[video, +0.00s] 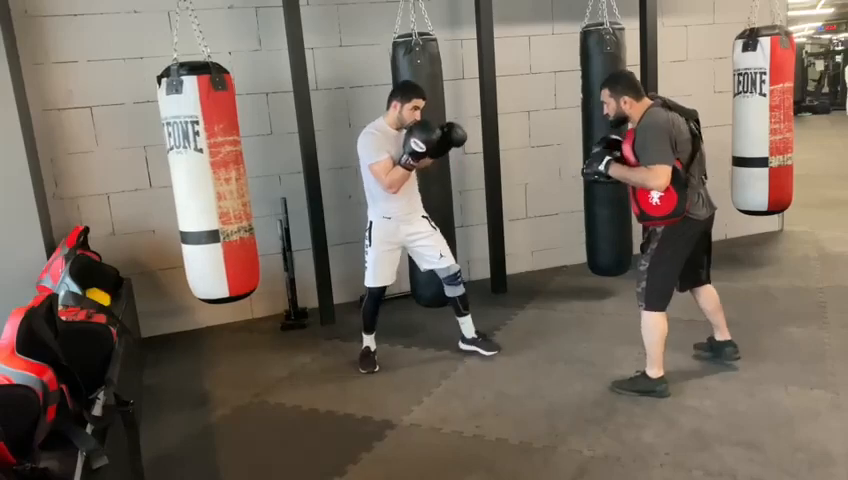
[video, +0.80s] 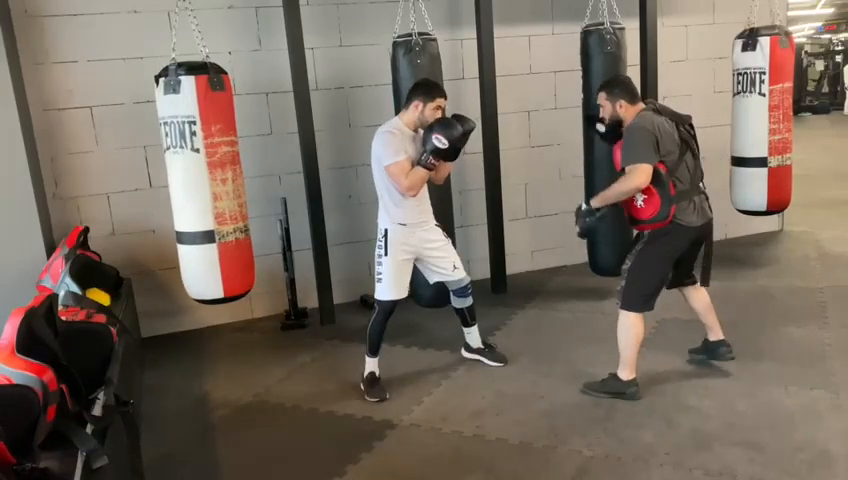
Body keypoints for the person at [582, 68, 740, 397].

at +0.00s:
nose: (605, 111)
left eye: (606, 103)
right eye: (603, 104)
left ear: (624, 101)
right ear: (632, 97)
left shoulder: (652, 124)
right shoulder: (662, 113)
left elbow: (658, 179)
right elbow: (667, 164)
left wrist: (610, 168)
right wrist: (625, 152)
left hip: (675, 222)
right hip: (697, 215)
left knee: (651, 296)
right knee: (697, 280)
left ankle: (653, 376)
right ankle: (724, 342)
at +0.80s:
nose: (602, 114)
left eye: (603, 107)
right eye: (600, 108)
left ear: (620, 104)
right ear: (632, 100)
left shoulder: (639, 127)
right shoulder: (662, 116)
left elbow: (638, 178)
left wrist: (592, 204)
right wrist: (615, 136)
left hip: (670, 224)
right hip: (697, 219)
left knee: (633, 297)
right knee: (685, 278)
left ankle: (625, 377)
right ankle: (717, 342)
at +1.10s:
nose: (630, 113)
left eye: (635, 104)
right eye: (628, 106)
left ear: (661, 102)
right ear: (666, 104)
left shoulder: (674, 139)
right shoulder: (692, 127)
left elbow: (678, 198)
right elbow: (660, 181)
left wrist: (620, 185)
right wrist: (634, 146)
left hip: (696, 261)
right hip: (721, 255)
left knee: (636, 343)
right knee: (703, 332)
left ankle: (636, 443)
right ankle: (740, 406)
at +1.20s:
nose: (635, 109)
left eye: (640, 100)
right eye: (633, 101)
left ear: (667, 98)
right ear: (673, 99)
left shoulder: (676, 134)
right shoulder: (699, 125)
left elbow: (669, 188)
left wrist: (620, 171)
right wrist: (637, 143)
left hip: (691, 259)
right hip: (719, 256)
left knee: (638, 348)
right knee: (700, 335)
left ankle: (638, 448)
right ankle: (740, 407)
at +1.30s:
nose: (634, 110)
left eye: (640, 101)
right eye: (633, 103)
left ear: (667, 99)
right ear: (672, 102)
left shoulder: (675, 133)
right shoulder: (697, 129)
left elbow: (665, 187)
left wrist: (602, 183)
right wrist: (636, 149)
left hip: (690, 259)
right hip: (714, 255)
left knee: (630, 346)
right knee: (697, 337)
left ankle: (633, 445)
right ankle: (739, 407)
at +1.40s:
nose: (627, 112)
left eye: (632, 104)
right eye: (625, 105)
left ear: (659, 101)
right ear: (663, 103)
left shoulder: (669, 136)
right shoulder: (686, 130)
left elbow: (673, 190)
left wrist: (602, 203)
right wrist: (630, 143)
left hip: (685, 263)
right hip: (708, 259)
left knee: (619, 345)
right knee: (697, 334)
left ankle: (621, 444)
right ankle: (739, 406)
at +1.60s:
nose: (604, 120)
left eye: (610, 112)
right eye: (602, 112)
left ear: (638, 111)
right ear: (638, 113)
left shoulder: (660, 147)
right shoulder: (640, 145)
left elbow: (675, 209)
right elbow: (609, 188)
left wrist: (608, 197)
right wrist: (592, 151)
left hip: (663, 273)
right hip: (667, 268)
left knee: (613, 363)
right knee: (687, 344)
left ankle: (604, 461)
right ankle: (738, 408)